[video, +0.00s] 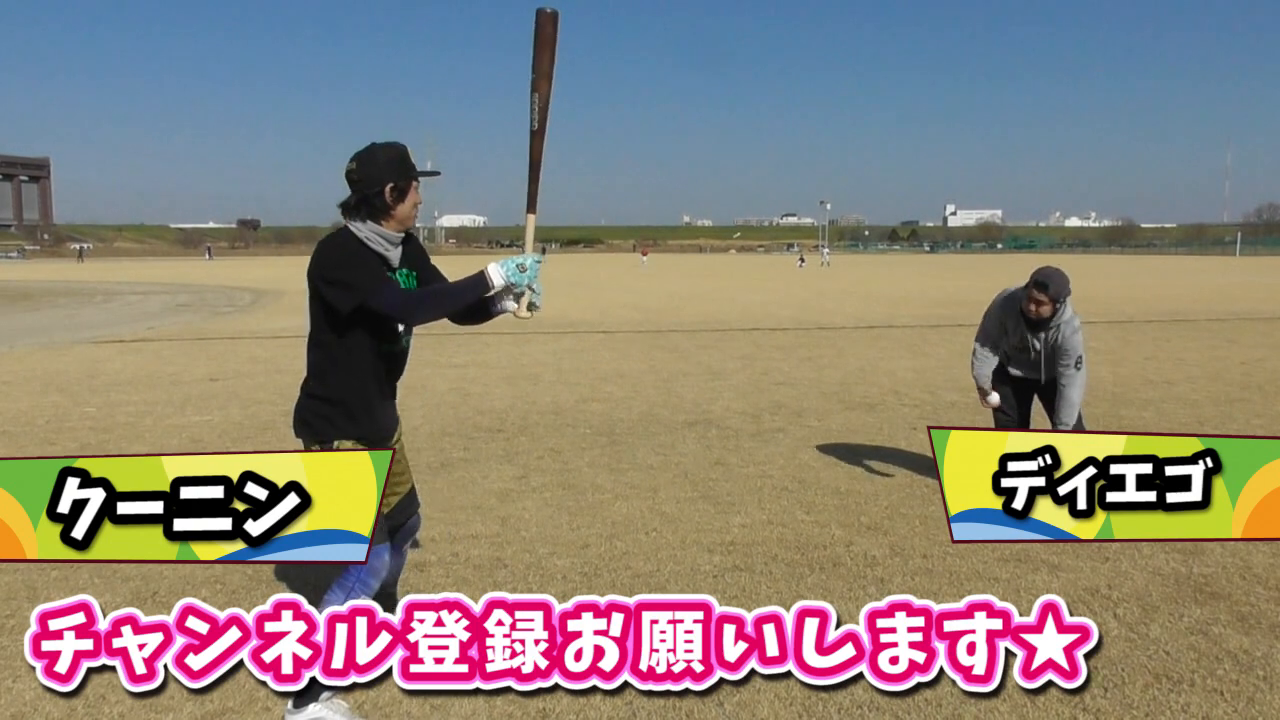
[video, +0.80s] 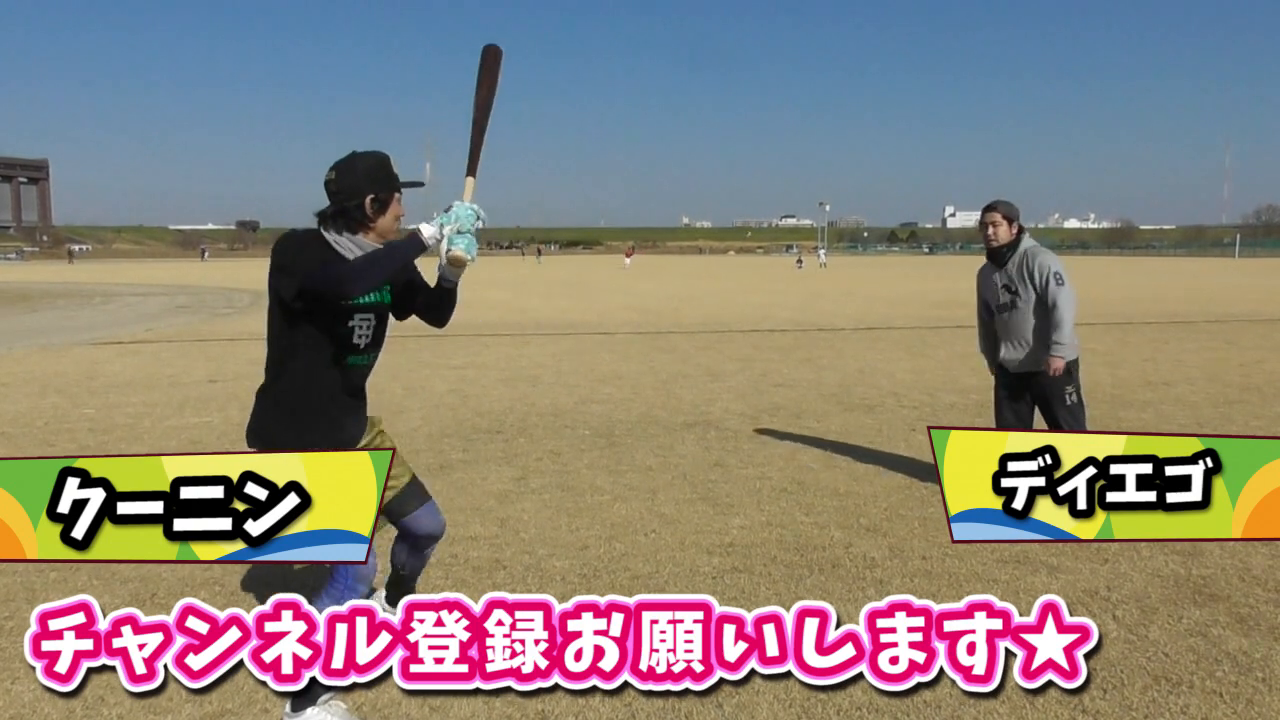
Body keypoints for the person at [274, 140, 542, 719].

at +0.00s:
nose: (419, 197)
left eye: (417, 189)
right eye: (414, 189)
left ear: (387, 195)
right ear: (391, 195)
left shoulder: (405, 247)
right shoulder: (340, 254)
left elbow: (453, 308)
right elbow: (403, 307)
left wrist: (501, 299)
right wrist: (487, 279)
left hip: (377, 422)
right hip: (336, 427)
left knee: (403, 524)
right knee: (372, 558)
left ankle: (368, 632)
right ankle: (311, 690)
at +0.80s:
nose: (403, 210)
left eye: (403, 201)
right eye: (398, 201)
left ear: (361, 205)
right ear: (373, 204)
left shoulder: (389, 258)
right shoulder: (298, 248)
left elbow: (437, 313)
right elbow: (344, 282)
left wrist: (451, 269)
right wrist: (424, 235)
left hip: (352, 431)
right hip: (297, 441)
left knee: (425, 525)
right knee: (353, 568)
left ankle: (394, 605)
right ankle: (307, 697)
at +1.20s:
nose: (397, 208)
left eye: (397, 200)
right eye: (390, 199)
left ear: (376, 206)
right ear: (357, 204)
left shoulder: (389, 256)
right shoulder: (278, 246)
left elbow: (403, 319)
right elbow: (257, 299)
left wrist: (364, 275)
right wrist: (338, 254)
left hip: (360, 415)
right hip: (294, 422)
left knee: (415, 485)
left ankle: (438, 619)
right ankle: (306, 694)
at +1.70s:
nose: (446, 235)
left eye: (444, 225)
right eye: (437, 227)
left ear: (413, 233)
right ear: (407, 233)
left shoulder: (439, 279)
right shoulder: (337, 263)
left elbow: (411, 329)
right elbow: (260, 323)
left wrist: (349, 299)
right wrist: (312, 275)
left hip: (407, 428)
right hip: (344, 440)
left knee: (477, 520)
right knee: (368, 563)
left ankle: (474, 588)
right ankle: (308, 696)